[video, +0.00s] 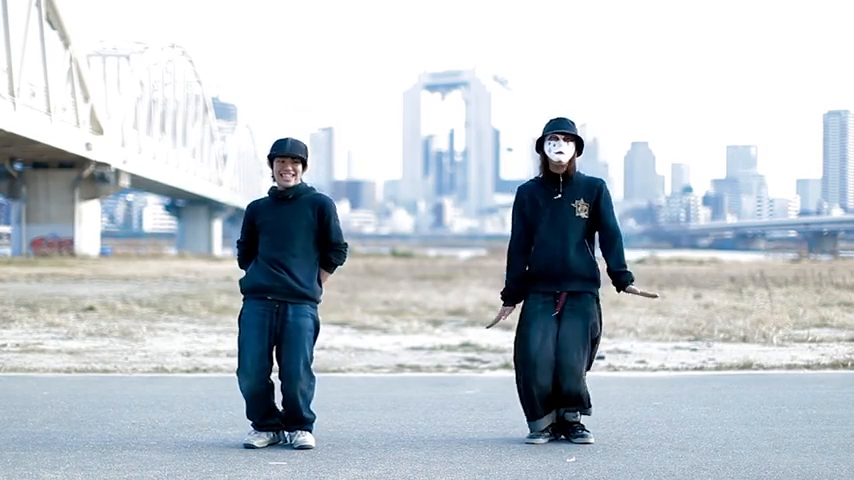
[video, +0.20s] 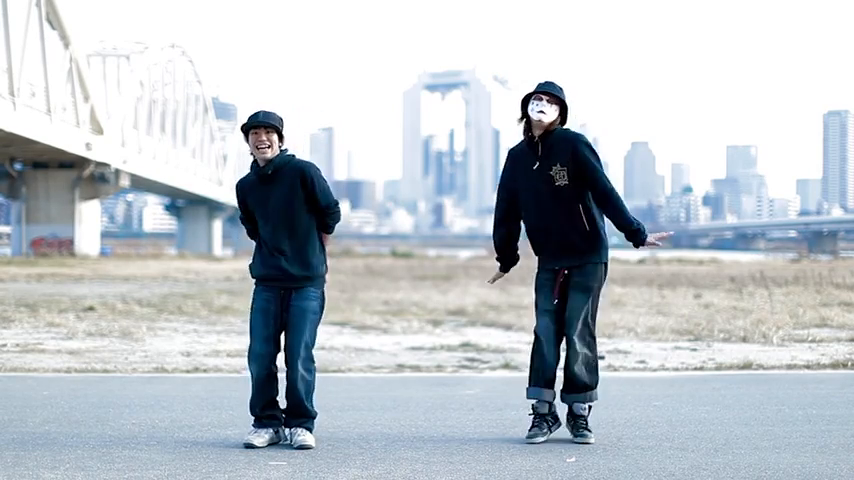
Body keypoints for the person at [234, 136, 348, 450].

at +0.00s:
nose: (286, 169)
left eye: (293, 163)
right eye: (281, 163)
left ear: (302, 168)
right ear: (272, 167)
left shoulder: (321, 205)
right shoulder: (256, 209)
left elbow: (337, 250)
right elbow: (245, 252)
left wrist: (316, 283)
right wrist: (261, 277)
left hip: (300, 300)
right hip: (258, 298)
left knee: (296, 368)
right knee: (251, 371)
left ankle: (300, 428)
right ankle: (266, 427)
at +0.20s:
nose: (263, 140)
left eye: (268, 134)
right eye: (256, 135)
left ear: (279, 138)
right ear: (248, 141)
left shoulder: (304, 172)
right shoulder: (245, 186)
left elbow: (331, 213)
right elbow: (252, 229)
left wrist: (317, 241)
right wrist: (280, 245)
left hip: (306, 281)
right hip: (267, 282)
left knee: (298, 355)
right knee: (259, 354)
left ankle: (300, 426)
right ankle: (267, 425)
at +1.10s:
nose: (302, 153)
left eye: (309, 149)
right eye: (298, 146)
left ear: (316, 157)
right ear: (286, 148)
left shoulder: (322, 198)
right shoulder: (259, 183)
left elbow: (325, 241)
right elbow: (234, 225)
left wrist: (306, 260)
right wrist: (248, 250)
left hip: (301, 288)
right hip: (259, 286)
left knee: (304, 359)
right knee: (262, 359)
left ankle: (301, 425)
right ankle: (266, 426)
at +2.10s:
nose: (259, 136)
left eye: (264, 130)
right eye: (252, 133)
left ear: (277, 136)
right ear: (246, 141)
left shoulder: (305, 172)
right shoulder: (245, 186)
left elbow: (331, 212)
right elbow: (251, 229)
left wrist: (316, 245)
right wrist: (275, 247)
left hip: (307, 279)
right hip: (268, 279)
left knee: (300, 354)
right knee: (263, 354)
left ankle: (301, 424)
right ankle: (267, 424)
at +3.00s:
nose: (302, 147)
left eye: (308, 143)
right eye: (296, 141)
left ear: (316, 151)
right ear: (285, 145)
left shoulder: (325, 195)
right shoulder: (259, 185)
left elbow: (329, 240)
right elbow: (237, 228)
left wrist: (303, 261)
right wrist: (258, 255)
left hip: (305, 288)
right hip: (263, 287)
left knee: (309, 360)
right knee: (263, 359)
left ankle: (301, 425)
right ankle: (265, 425)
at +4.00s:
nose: (256, 139)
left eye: (261, 133)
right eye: (249, 135)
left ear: (274, 137)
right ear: (244, 143)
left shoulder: (303, 173)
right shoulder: (243, 187)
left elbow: (328, 216)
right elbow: (250, 230)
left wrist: (314, 245)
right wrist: (277, 246)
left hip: (306, 282)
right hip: (266, 283)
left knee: (301, 356)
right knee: (259, 356)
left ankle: (302, 425)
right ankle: (266, 424)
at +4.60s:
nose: (281, 142)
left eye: (288, 137)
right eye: (275, 135)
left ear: (298, 141)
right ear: (266, 138)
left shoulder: (316, 177)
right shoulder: (249, 184)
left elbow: (338, 206)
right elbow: (236, 230)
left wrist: (334, 239)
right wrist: (243, 270)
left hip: (304, 286)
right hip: (262, 286)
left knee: (309, 359)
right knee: (259, 358)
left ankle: (302, 424)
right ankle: (254, 424)